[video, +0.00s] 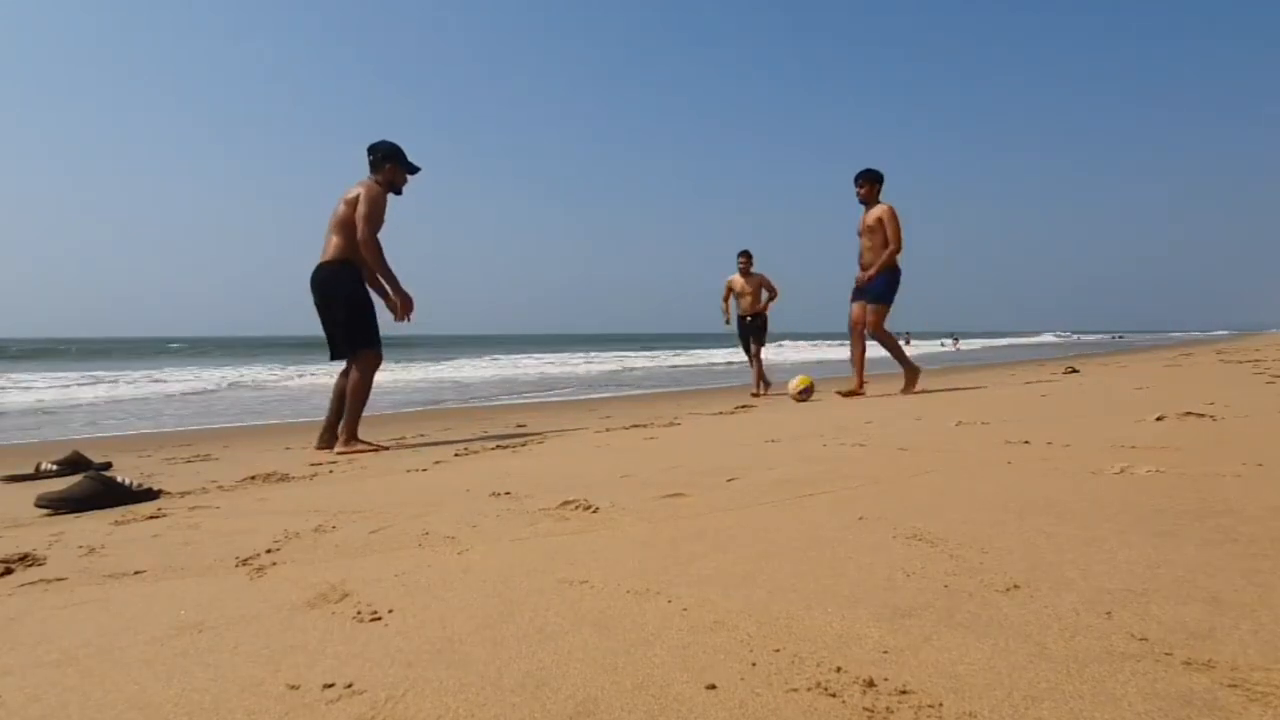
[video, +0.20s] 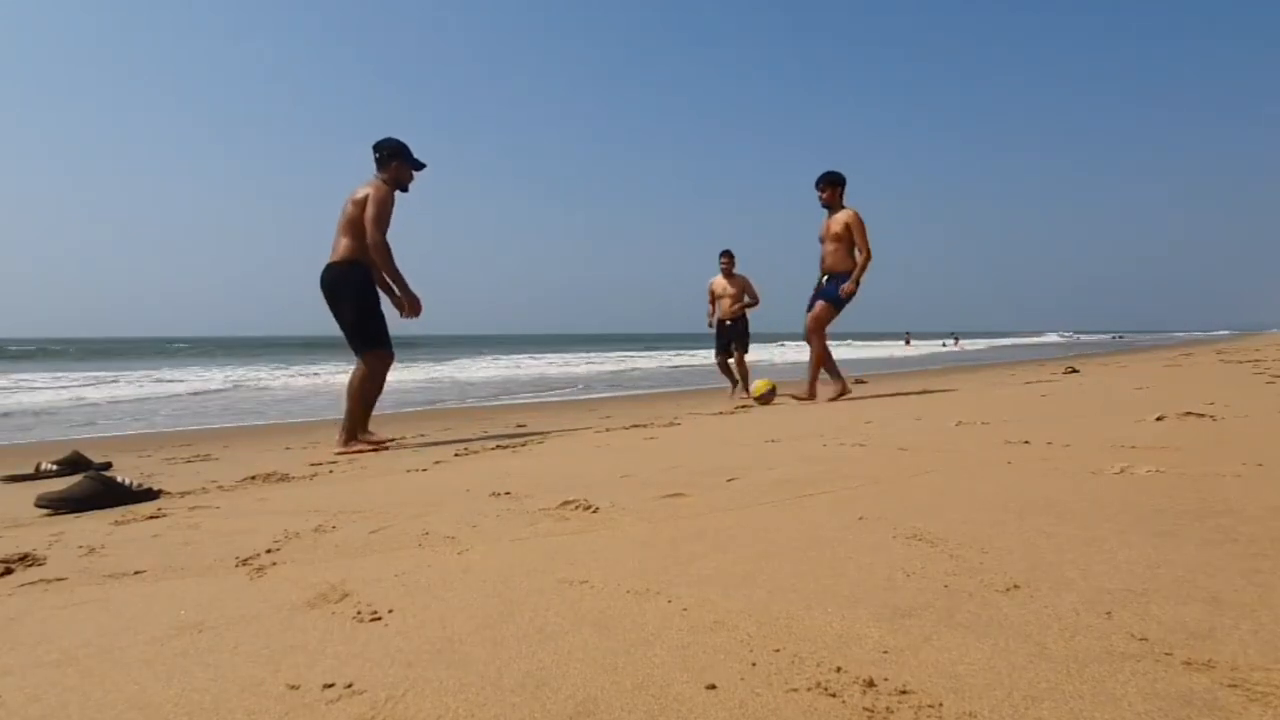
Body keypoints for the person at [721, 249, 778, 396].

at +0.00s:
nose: (742, 266)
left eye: (745, 263)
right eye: (740, 263)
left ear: (751, 263)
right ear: (737, 264)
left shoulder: (759, 279)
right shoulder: (731, 282)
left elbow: (773, 292)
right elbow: (725, 299)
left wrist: (765, 305)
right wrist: (727, 314)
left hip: (757, 315)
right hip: (742, 317)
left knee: (755, 353)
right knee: (750, 356)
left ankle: (756, 388)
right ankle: (765, 381)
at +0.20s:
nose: (725, 266)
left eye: (727, 263)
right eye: (722, 264)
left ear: (733, 264)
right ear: (719, 264)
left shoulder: (741, 281)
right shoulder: (714, 283)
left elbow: (755, 300)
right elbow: (711, 302)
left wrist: (742, 305)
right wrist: (711, 316)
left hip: (738, 321)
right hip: (722, 322)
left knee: (739, 359)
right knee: (720, 360)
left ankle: (745, 388)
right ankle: (734, 382)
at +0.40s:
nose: (696, 261)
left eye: (699, 258)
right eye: (694, 258)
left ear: (705, 258)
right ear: (690, 259)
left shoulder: (714, 275)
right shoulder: (687, 278)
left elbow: (728, 294)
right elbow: (685, 298)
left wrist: (713, 299)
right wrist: (680, 310)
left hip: (710, 317)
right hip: (694, 317)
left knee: (721, 357)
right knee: (687, 357)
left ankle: (740, 383)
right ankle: (688, 393)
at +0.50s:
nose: (683, 260)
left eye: (686, 257)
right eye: (680, 257)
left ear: (692, 258)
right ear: (677, 258)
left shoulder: (700, 276)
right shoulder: (671, 278)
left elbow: (713, 296)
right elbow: (667, 297)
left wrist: (700, 300)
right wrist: (663, 309)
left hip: (695, 318)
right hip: (678, 319)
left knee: (701, 358)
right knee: (677, 360)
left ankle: (720, 380)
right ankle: (686, 394)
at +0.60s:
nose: (671, 254)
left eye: (675, 251)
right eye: (669, 251)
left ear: (680, 252)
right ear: (665, 252)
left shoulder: (688, 271)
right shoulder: (657, 271)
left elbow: (700, 290)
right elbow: (651, 289)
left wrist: (690, 294)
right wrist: (650, 300)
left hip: (680, 311)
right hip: (663, 312)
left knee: (680, 354)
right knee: (668, 354)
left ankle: (683, 391)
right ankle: (681, 387)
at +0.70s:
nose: (659, 253)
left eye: (663, 250)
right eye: (657, 250)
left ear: (669, 251)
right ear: (653, 251)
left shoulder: (676, 270)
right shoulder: (646, 270)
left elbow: (687, 289)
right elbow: (638, 287)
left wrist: (677, 294)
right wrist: (637, 299)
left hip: (665, 311)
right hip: (648, 311)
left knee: (659, 353)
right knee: (649, 355)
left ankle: (651, 393)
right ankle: (665, 385)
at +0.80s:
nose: (647, 258)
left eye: (650, 255)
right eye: (644, 255)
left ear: (655, 257)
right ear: (640, 256)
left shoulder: (663, 277)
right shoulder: (631, 276)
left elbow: (674, 297)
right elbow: (624, 296)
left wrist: (663, 304)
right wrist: (622, 309)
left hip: (652, 319)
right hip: (634, 318)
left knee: (644, 361)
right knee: (625, 360)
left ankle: (642, 398)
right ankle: (633, 394)